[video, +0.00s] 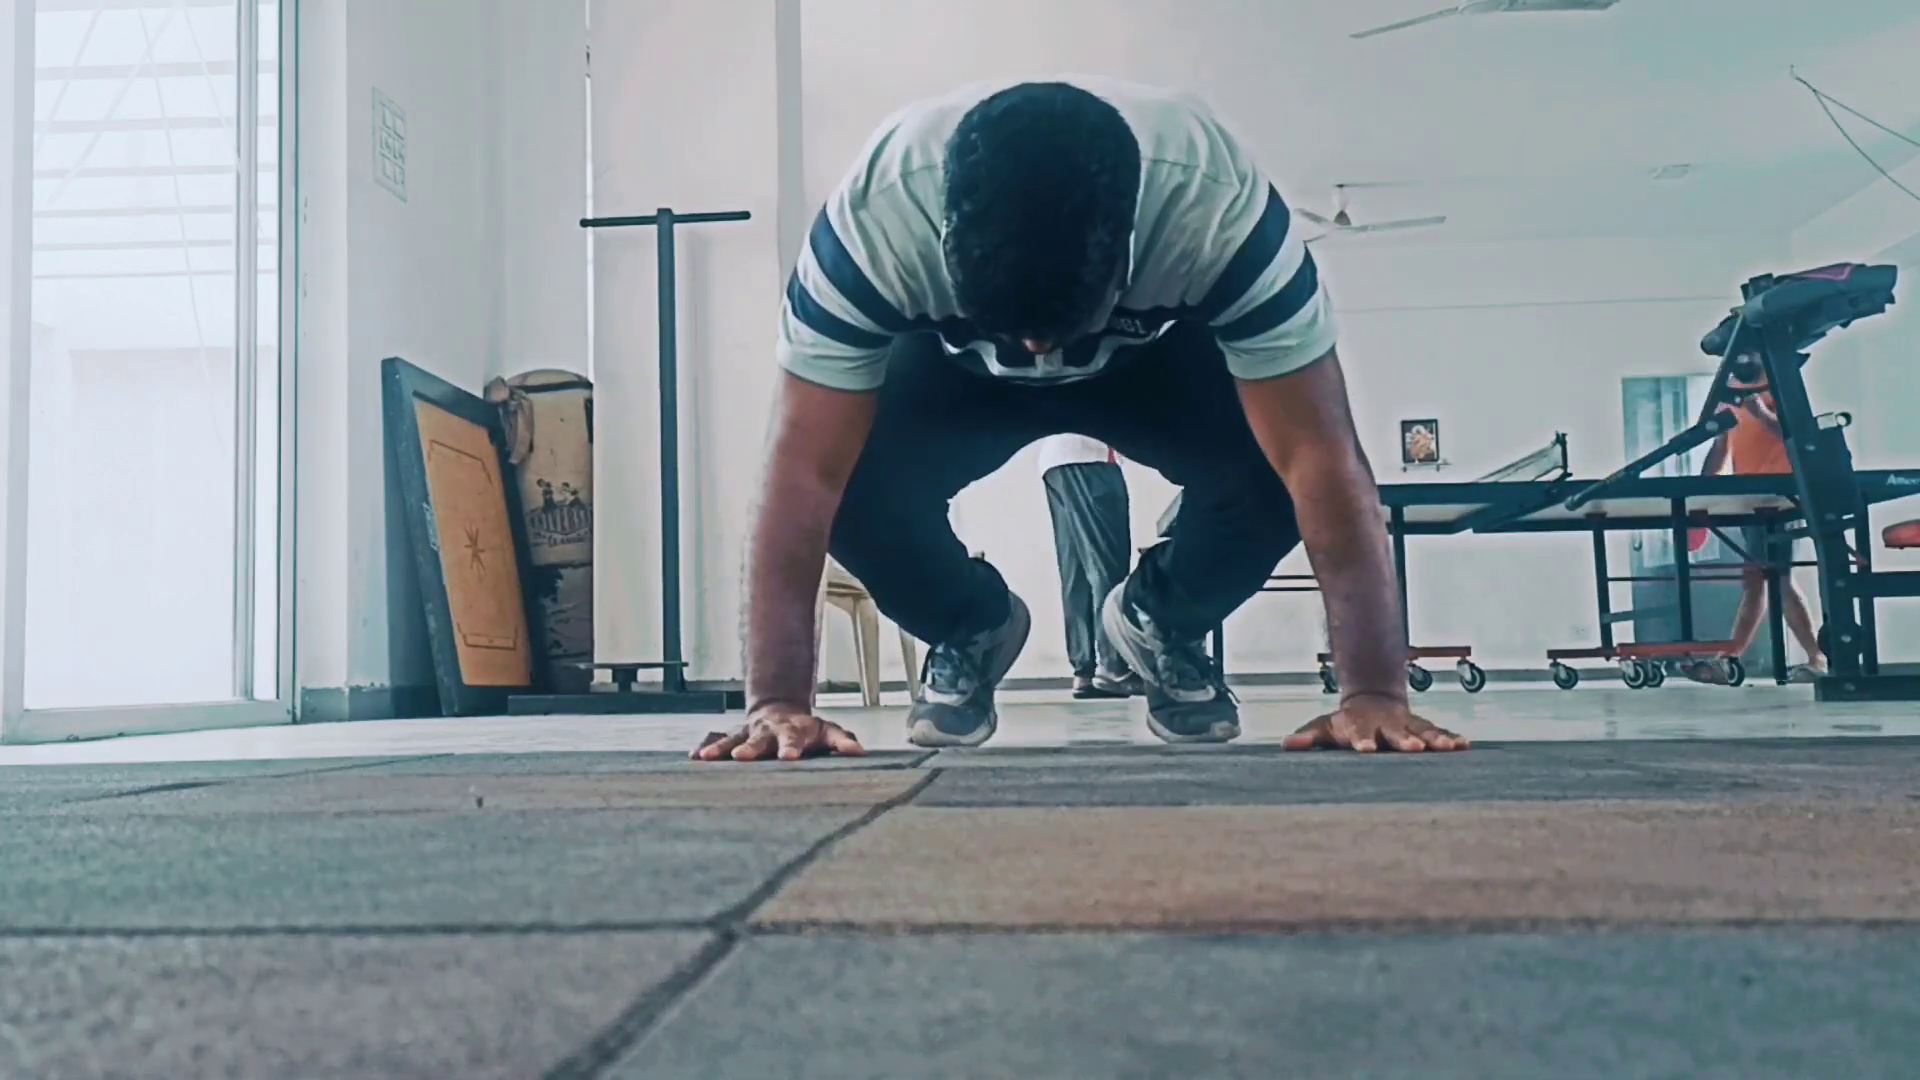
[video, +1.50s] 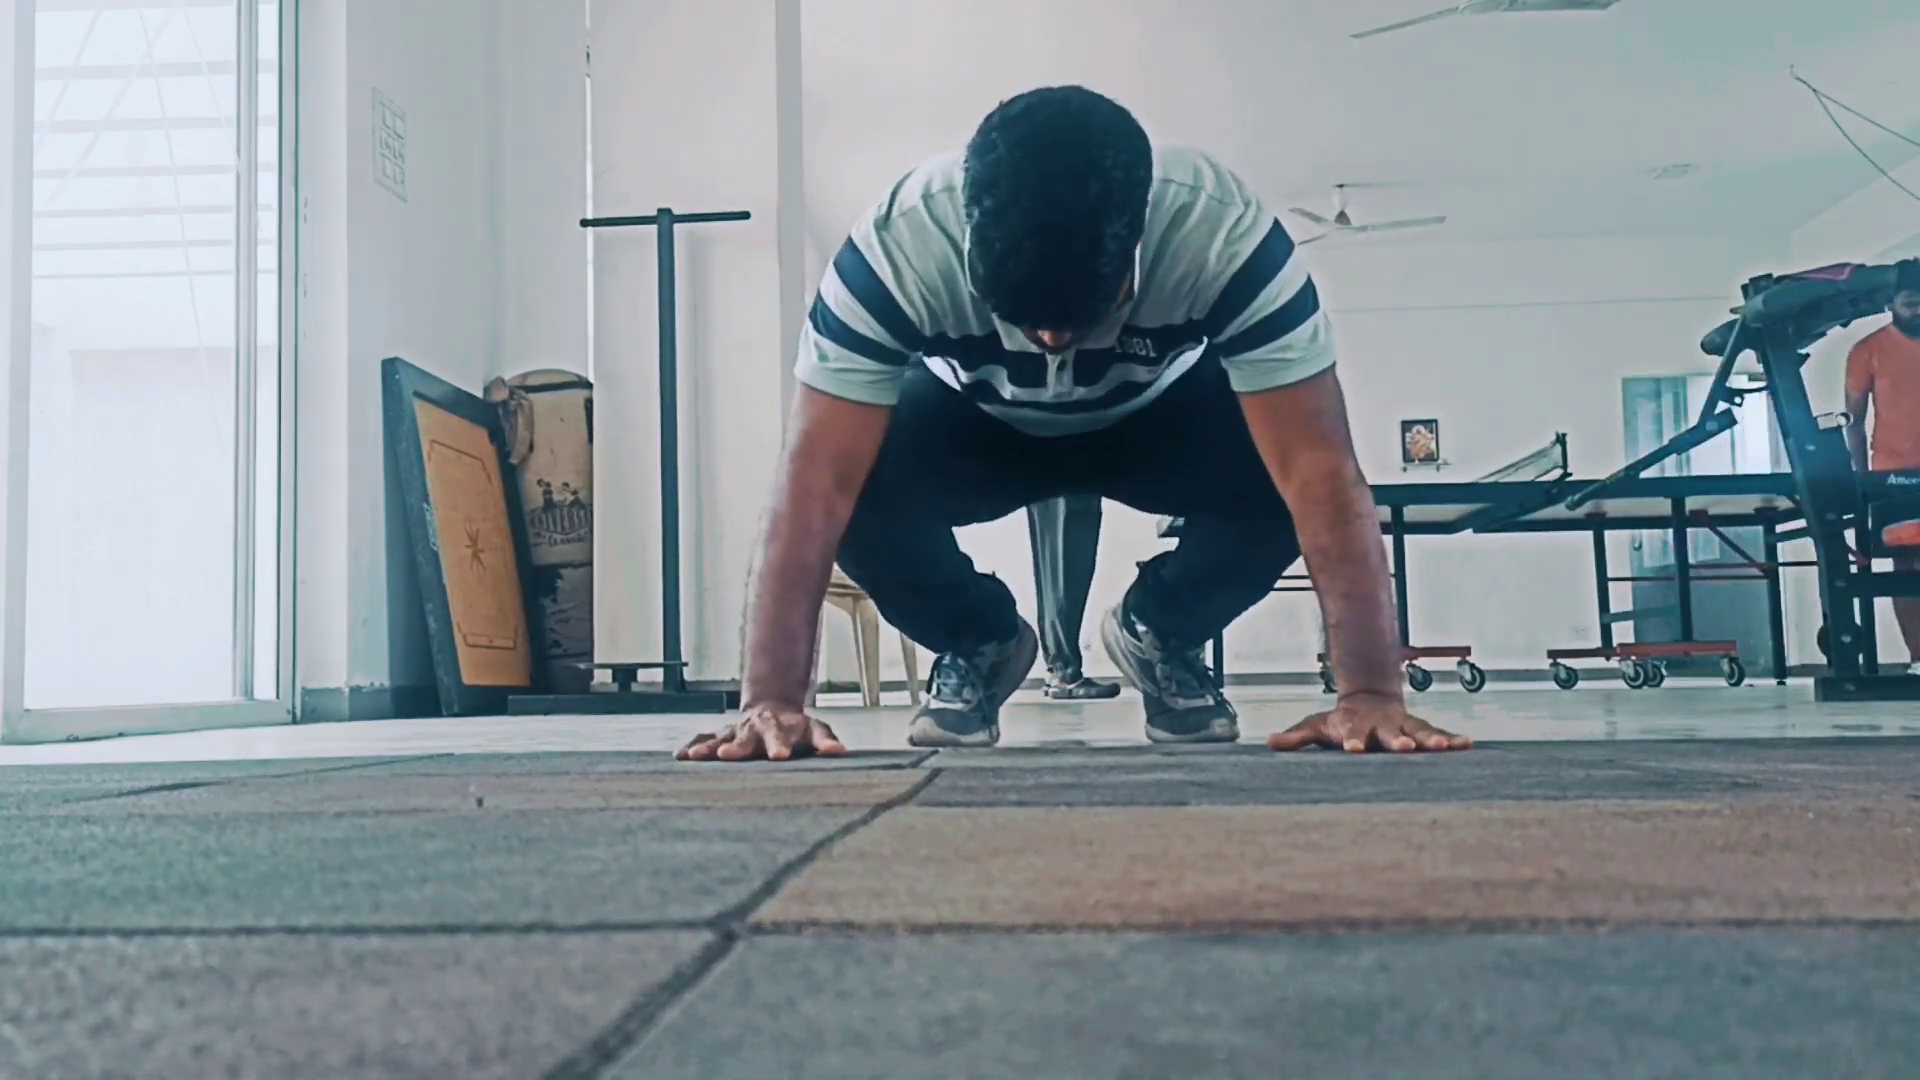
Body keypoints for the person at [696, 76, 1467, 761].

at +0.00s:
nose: (1043, 360)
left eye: (1072, 336)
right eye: (1008, 341)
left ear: (1124, 247)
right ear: (950, 246)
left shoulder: (1222, 209)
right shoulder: (874, 223)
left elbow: (1322, 460)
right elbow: (805, 465)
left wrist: (1374, 694)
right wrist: (779, 701)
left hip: (1151, 341)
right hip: (959, 351)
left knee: (1278, 486)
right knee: (859, 505)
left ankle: (1159, 619)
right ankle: (977, 625)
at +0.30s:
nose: (1041, 356)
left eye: (1068, 336)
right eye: (1012, 338)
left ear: (1123, 266)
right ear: (964, 265)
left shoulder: (1212, 248)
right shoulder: (894, 254)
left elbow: (1311, 476)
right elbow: (816, 477)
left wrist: (1375, 689)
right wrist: (779, 700)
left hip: (1143, 407)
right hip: (978, 414)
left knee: (1265, 474)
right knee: (861, 482)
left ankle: (1153, 629)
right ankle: (983, 643)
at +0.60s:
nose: (1063, 378)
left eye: (1094, 357)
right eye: (1035, 360)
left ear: (1144, 281)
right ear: (985, 283)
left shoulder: (1231, 261)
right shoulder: (906, 273)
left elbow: (1319, 486)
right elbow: (823, 489)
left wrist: (1375, 693)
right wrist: (777, 701)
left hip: (1154, 404)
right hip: (995, 412)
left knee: (1275, 473)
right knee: (873, 485)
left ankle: (1157, 631)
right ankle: (986, 644)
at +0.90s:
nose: (1061, 354)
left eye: (1092, 334)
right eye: (1033, 335)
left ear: (1143, 254)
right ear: (980, 256)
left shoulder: (1233, 237)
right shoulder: (904, 250)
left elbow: (1327, 477)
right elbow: (816, 477)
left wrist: (1377, 691)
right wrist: (774, 701)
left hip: (1162, 400)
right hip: (990, 404)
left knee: (1287, 495)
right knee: (865, 492)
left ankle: (1165, 624)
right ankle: (984, 637)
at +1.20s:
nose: (1043, 351)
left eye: (1072, 329)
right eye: (1017, 331)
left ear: (1124, 254)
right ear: (966, 262)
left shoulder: (1219, 251)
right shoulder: (899, 263)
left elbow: (1316, 478)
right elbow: (817, 487)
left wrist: (1371, 687)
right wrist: (773, 700)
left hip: (1148, 414)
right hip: (985, 417)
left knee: (1272, 483)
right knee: (860, 482)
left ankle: (1157, 631)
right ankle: (989, 642)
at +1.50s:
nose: (1058, 349)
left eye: (1090, 327)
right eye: (1029, 330)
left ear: (1139, 245)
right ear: (977, 244)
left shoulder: (1227, 235)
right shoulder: (900, 252)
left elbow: (1321, 476)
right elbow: (819, 476)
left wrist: (1372, 691)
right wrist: (772, 699)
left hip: (1158, 416)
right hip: (981, 421)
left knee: (1292, 494)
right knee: (851, 492)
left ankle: (1165, 626)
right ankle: (983, 638)